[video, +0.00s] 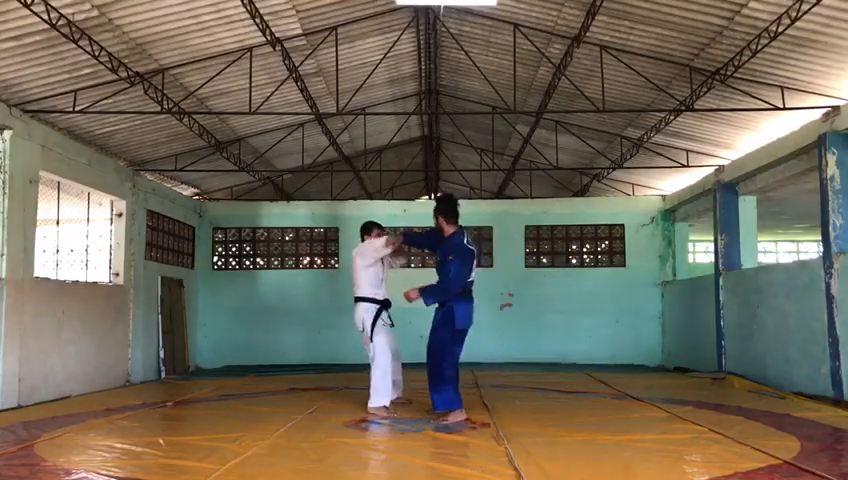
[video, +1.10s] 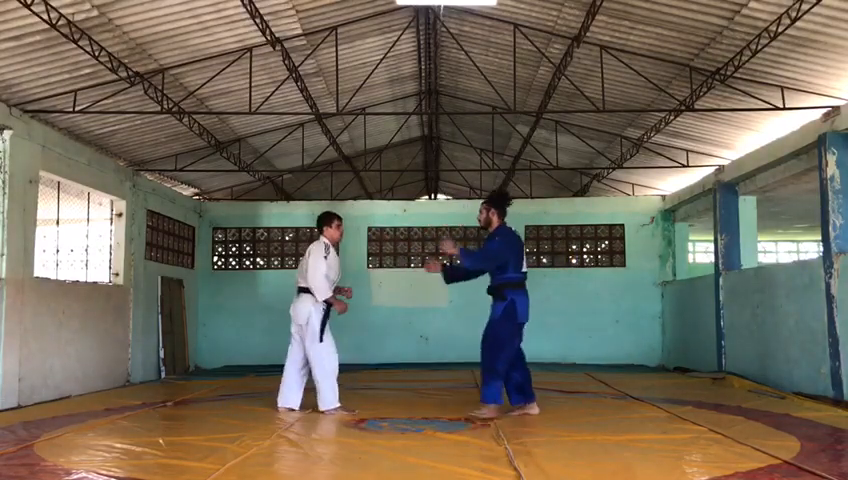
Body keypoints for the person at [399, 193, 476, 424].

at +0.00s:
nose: (435, 221)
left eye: (436, 218)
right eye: (436, 218)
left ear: (441, 219)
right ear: (453, 218)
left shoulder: (460, 247)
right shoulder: (447, 239)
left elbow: (453, 284)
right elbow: (425, 239)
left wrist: (422, 292)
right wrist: (402, 238)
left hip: (456, 307)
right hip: (447, 306)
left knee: (443, 356)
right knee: (437, 354)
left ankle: (455, 409)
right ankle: (447, 406)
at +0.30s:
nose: (430, 222)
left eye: (431, 218)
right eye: (430, 218)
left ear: (438, 218)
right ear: (447, 217)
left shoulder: (450, 242)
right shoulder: (455, 239)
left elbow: (445, 278)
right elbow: (440, 271)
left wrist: (418, 287)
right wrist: (416, 263)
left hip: (455, 305)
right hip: (458, 303)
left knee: (442, 353)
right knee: (445, 353)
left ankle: (454, 407)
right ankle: (450, 404)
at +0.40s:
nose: (430, 222)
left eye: (431, 217)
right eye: (430, 217)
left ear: (438, 218)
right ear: (448, 217)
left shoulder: (453, 242)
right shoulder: (455, 239)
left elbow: (448, 278)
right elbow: (448, 277)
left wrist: (422, 295)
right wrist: (421, 280)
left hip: (458, 303)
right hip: (459, 301)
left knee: (444, 351)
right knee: (445, 351)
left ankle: (455, 407)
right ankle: (450, 403)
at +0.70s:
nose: (442, 219)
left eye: (445, 214)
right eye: (443, 214)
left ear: (454, 216)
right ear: (461, 216)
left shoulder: (462, 241)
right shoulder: (475, 238)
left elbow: (460, 277)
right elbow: (465, 275)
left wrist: (431, 295)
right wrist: (438, 290)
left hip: (471, 302)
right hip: (483, 299)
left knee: (460, 352)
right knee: (471, 350)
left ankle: (460, 410)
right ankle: (483, 393)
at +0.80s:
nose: (454, 219)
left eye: (457, 214)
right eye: (455, 214)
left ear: (467, 216)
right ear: (472, 217)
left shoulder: (476, 243)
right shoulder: (481, 242)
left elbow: (465, 274)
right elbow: (473, 276)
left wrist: (432, 276)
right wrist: (446, 279)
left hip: (480, 304)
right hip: (484, 302)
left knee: (465, 354)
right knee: (475, 352)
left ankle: (461, 410)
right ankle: (508, 387)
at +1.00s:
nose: (475, 223)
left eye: (477, 218)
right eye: (475, 218)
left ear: (487, 218)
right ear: (492, 219)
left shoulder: (497, 241)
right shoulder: (499, 241)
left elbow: (472, 255)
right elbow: (469, 263)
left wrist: (440, 259)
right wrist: (438, 267)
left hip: (502, 305)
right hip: (503, 303)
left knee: (484, 352)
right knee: (504, 352)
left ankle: (466, 407)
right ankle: (527, 403)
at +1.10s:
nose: (479, 216)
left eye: (482, 212)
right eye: (480, 211)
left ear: (493, 213)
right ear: (495, 213)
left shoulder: (503, 238)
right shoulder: (503, 238)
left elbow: (484, 260)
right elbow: (477, 267)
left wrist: (457, 251)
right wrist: (443, 269)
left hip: (508, 300)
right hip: (511, 298)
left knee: (492, 346)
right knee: (509, 348)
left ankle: (491, 404)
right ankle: (527, 402)